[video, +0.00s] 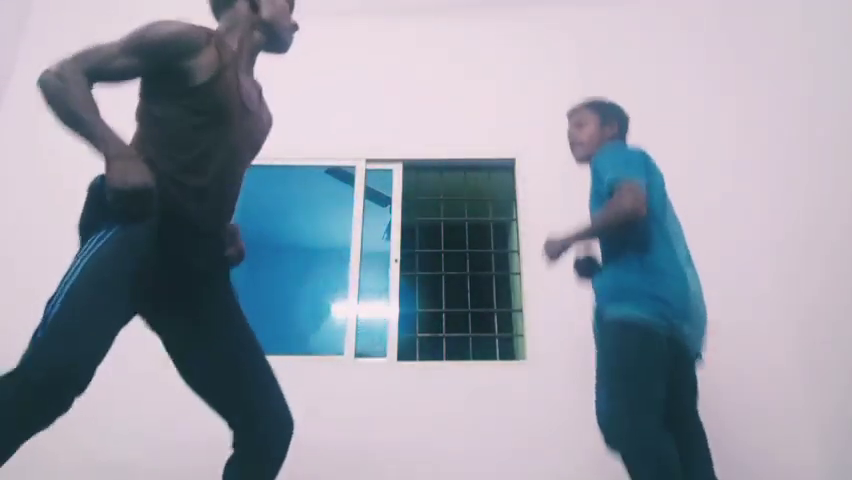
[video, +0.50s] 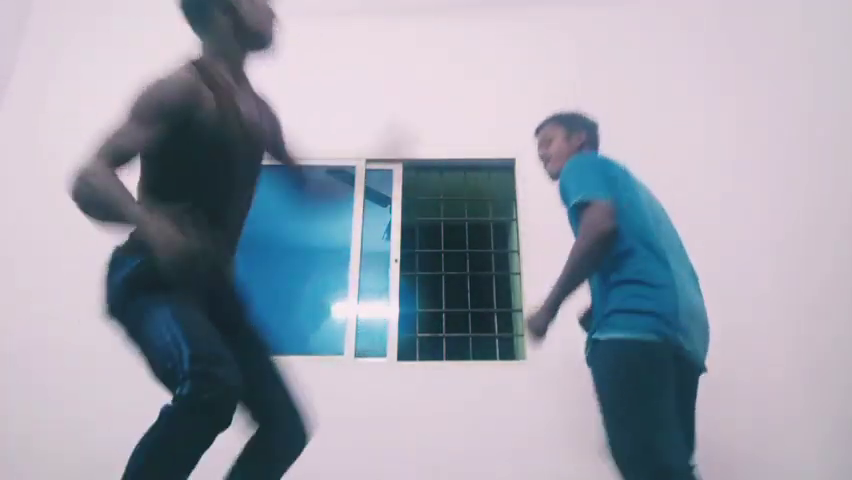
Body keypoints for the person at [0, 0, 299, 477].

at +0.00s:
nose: (295, 15)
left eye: (292, 5)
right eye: (284, 3)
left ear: (254, 12)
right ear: (249, 6)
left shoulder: (254, 104)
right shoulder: (184, 41)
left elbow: (197, 171)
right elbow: (60, 77)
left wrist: (221, 227)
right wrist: (117, 153)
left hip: (195, 263)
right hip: (132, 237)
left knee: (268, 427)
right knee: (43, 386)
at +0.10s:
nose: (294, 12)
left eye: (291, 3)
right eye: (284, 1)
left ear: (253, 10)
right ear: (250, 5)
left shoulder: (250, 91)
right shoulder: (186, 38)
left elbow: (194, 159)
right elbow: (63, 75)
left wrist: (219, 218)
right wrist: (124, 149)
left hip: (193, 254)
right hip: (132, 229)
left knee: (268, 410)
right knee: (42, 373)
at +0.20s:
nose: (308, 7)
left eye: (305, 1)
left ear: (268, 5)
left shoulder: (260, 79)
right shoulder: (208, 23)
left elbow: (215, 148)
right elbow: (88, 56)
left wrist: (225, 214)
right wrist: (154, 131)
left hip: (195, 238)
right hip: (139, 208)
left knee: (260, 400)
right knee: (78, 342)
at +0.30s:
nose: (314, 19)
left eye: (310, 9)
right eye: (305, 7)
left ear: (279, 20)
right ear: (276, 16)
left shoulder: (267, 124)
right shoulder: (210, 72)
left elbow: (218, 229)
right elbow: (113, 126)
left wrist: (258, 295)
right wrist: (198, 198)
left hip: (190, 289)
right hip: (134, 260)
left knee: (247, 442)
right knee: (141, 338)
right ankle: (70, 467)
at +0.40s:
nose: (302, 40)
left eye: (297, 27)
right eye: (291, 25)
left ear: (260, 35)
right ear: (257, 34)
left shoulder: (267, 141)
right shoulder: (202, 98)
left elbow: (255, 239)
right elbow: (112, 182)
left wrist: (300, 270)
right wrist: (187, 259)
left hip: (190, 306)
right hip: (122, 288)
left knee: (262, 453)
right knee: (181, 390)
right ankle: (134, 474)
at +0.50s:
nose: (269, 10)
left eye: (263, 2)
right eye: (254, 2)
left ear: (223, 17)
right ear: (217, 12)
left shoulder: (257, 111)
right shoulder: (177, 93)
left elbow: (295, 184)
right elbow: (89, 180)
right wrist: (153, 225)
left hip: (211, 283)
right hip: (151, 277)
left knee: (285, 428)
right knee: (210, 391)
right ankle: (141, 476)